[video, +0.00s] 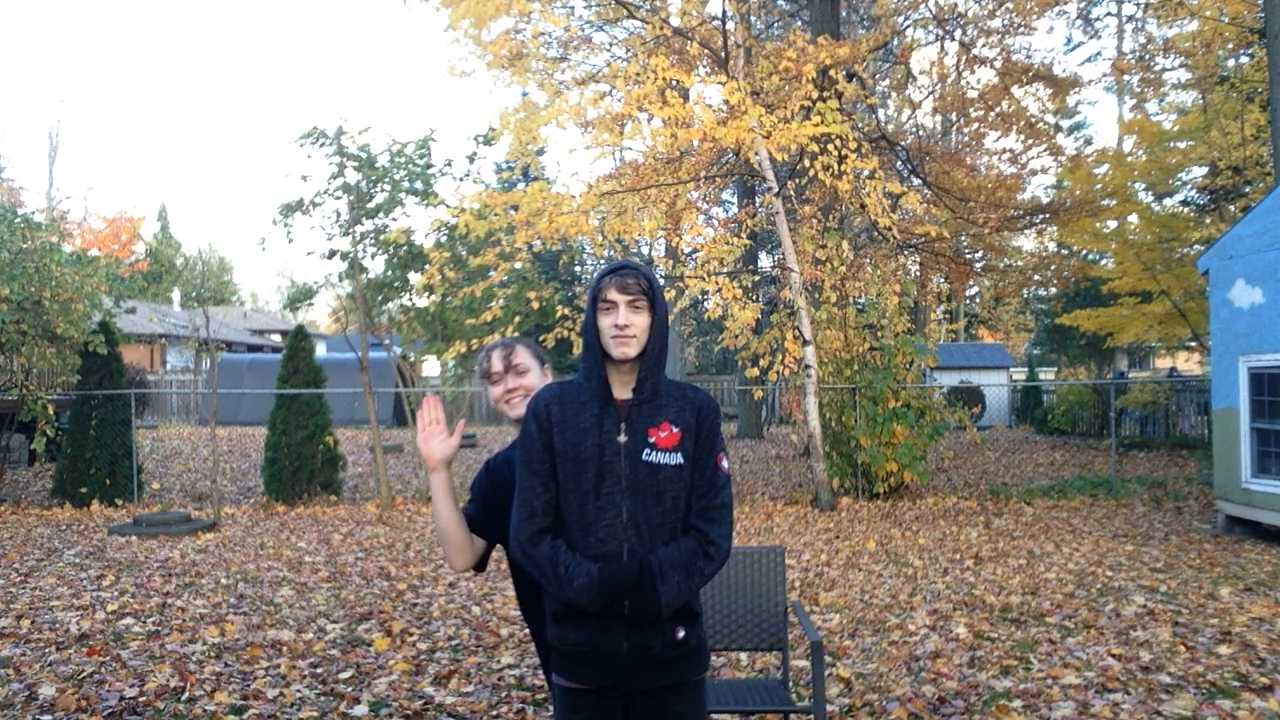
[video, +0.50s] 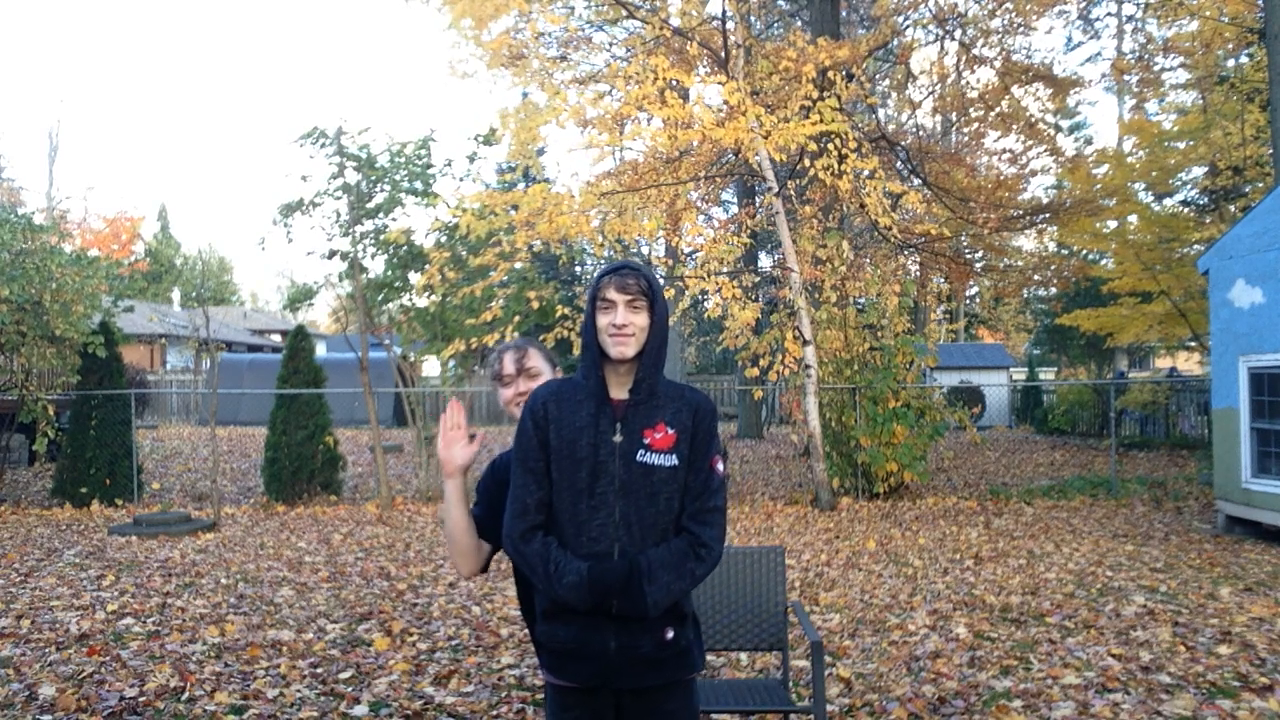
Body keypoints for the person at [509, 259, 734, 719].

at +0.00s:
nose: (621, 320)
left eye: (636, 307)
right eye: (608, 308)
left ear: (656, 319)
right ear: (592, 320)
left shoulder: (694, 408)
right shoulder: (550, 407)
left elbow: (713, 534)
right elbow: (527, 534)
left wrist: (648, 580)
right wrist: (595, 583)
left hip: (671, 653)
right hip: (581, 660)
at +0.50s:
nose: (619, 320)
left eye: (634, 307)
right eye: (606, 307)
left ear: (655, 320)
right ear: (591, 319)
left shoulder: (691, 409)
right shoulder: (546, 405)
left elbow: (705, 535)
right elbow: (521, 531)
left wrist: (636, 581)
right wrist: (585, 581)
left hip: (662, 655)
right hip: (572, 659)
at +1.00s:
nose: (609, 325)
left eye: (623, 311)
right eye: (595, 313)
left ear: (644, 322)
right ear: (581, 327)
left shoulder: (692, 402)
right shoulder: (553, 420)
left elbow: (726, 523)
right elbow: (543, 550)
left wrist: (665, 578)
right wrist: (615, 588)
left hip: (692, 652)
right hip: (603, 658)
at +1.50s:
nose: (632, 320)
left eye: (645, 307)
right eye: (618, 308)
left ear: (667, 319)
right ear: (603, 321)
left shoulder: (702, 411)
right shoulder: (559, 404)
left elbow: (715, 539)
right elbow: (526, 525)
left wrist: (645, 579)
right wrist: (592, 579)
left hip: (668, 654)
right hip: (578, 654)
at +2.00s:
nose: (645, 325)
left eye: (659, 311)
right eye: (632, 311)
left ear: (679, 324)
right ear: (616, 323)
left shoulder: (713, 412)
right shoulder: (569, 404)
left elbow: (728, 537)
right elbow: (540, 529)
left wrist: (661, 583)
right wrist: (606, 585)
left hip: (680, 652)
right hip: (591, 653)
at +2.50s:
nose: (612, 325)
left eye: (627, 313)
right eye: (599, 310)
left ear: (642, 329)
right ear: (578, 322)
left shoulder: (683, 400)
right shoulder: (541, 416)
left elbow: (718, 518)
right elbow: (534, 543)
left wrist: (658, 576)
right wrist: (602, 587)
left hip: (682, 649)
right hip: (593, 654)